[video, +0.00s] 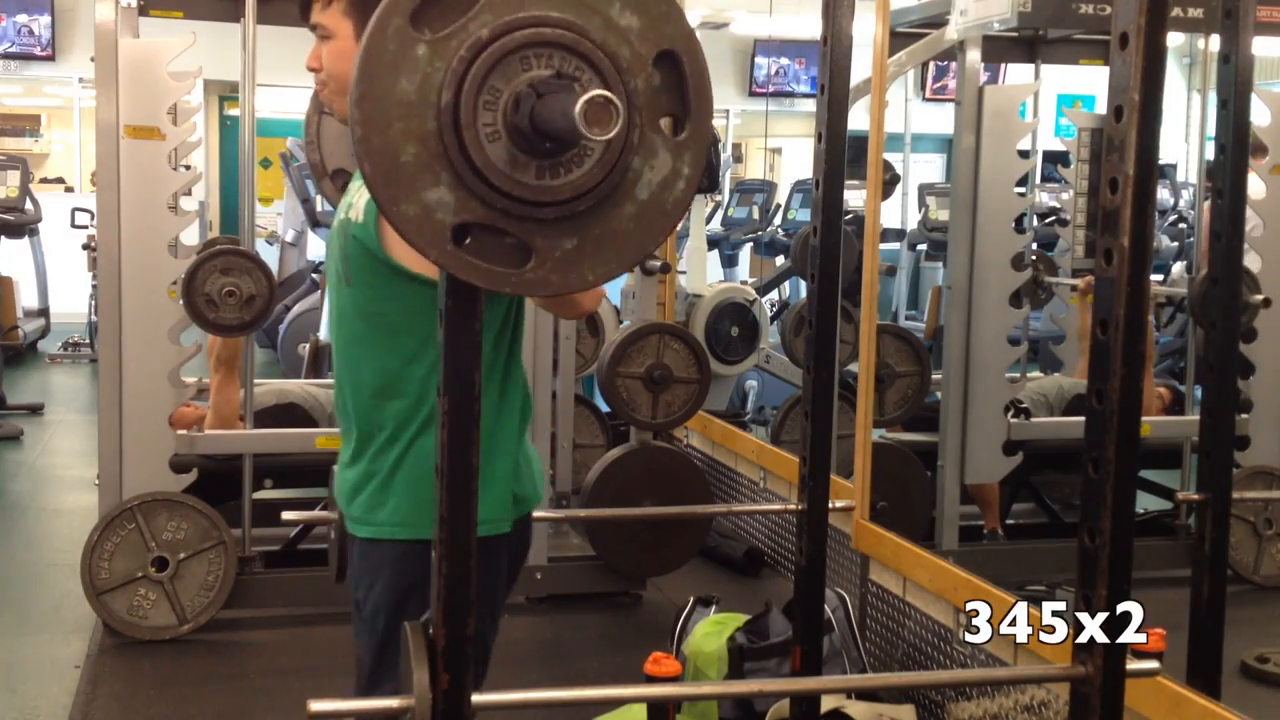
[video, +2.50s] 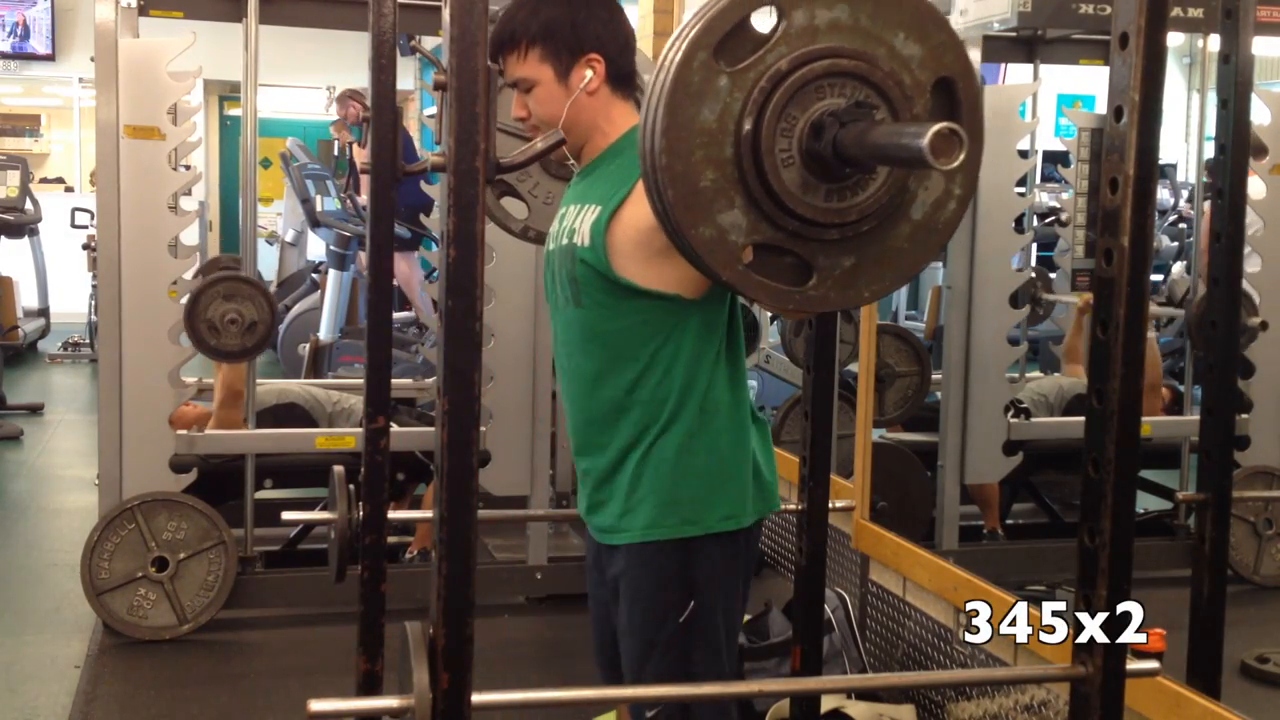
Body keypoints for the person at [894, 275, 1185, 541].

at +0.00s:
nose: (1153, 394)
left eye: (1160, 397)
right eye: (1157, 390)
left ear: (1160, 414)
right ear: (1145, 385)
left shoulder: (1130, 417)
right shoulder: (1097, 393)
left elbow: (1145, 359)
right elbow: (1087, 340)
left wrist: (1139, 303)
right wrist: (1084, 296)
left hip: (1025, 410)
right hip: (1006, 397)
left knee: (978, 446)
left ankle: (993, 530)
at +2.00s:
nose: (1155, 393)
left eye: (1161, 397)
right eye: (1157, 390)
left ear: (1161, 412)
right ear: (1146, 386)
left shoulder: (1132, 417)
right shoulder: (1100, 391)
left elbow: (1145, 365)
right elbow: (1085, 346)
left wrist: (1145, 311)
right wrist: (1083, 300)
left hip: (1023, 413)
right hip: (1007, 398)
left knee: (978, 449)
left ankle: (992, 530)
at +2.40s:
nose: (1156, 391)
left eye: (1161, 394)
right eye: (1158, 389)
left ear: (1164, 410)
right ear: (1150, 392)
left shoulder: (1141, 410)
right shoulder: (1101, 388)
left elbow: (1149, 373)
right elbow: (1078, 356)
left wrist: (1146, 320)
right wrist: (1082, 305)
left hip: (1020, 409)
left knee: (977, 446)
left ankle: (992, 529)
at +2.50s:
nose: (1157, 392)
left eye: (1162, 394)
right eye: (1160, 391)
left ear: (1164, 406)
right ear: (1152, 393)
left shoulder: (1137, 411)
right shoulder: (1092, 390)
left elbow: (1151, 380)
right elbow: (1073, 358)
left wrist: (1146, 325)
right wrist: (1082, 312)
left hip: (1016, 415)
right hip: (1001, 406)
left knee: (977, 454)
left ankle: (993, 529)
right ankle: (992, 526)